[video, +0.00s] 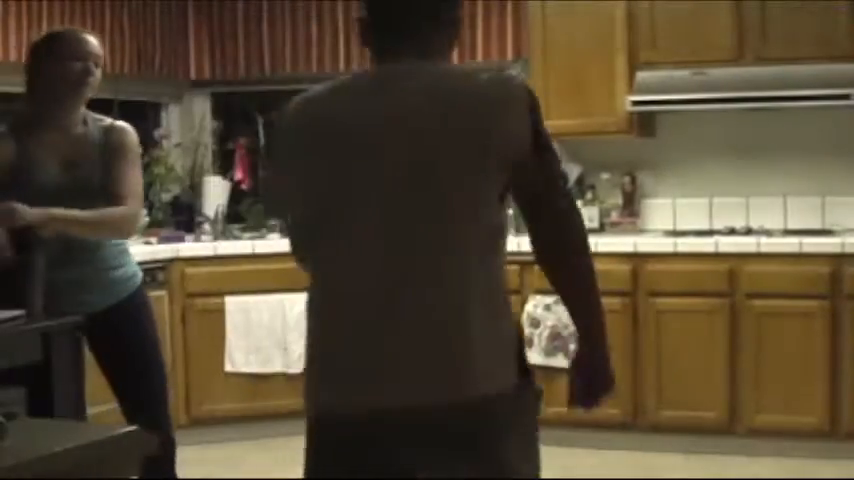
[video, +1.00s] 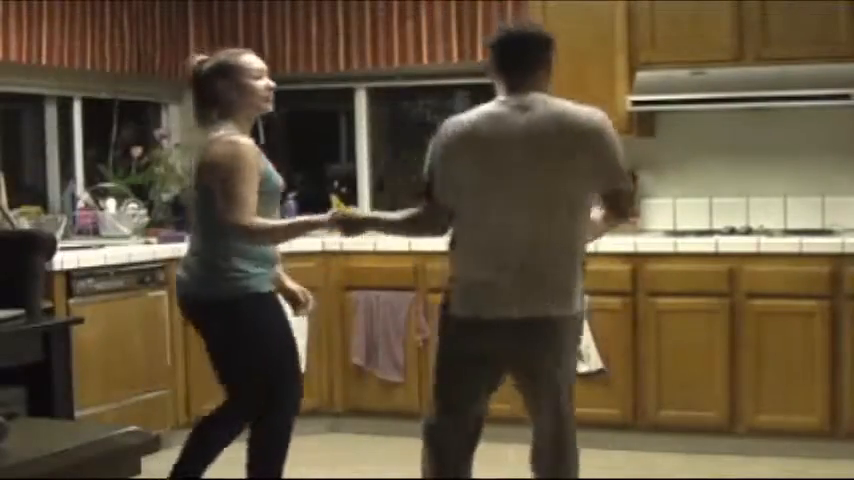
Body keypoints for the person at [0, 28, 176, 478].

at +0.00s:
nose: (89, 71)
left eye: (96, 64)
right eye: (76, 61)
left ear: (102, 75)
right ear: (43, 67)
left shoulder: (117, 136)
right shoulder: (13, 137)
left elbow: (129, 219)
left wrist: (45, 217)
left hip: (113, 296)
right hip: (38, 303)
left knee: (154, 425)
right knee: (52, 434)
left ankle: (161, 478)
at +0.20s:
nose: (121, 69)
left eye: (124, 62)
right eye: (108, 60)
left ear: (127, 74)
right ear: (71, 70)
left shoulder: (142, 136)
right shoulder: (44, 138)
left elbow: (177, 217)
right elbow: (5, 192)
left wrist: (139, 246)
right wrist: (71, 214)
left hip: (134, 300)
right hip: (67, 304)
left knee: (159, 416)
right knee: (75, 427)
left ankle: (154, 476)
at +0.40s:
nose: (159, 79)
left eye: (161, 71)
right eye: (147, 70)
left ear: (164, 79)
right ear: (113, 80)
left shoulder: (165, 139)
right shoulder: (101, 143)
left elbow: (186, 210)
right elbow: (88, 214)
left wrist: (200, 249)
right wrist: (189, 228)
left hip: (160, 300)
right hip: (105, 304)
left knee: (182, 412)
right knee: (104, 423)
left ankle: (154, 477)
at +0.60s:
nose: (196, 77)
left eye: (197, 69)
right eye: (183, 69)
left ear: (195, 78)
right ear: (149, 78)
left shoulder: (175, 135)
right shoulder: (151, 137)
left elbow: (181, 214)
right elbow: (176, 207)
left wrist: (225, 251)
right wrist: (262, 227)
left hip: (168, 286)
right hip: (146, 288)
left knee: (188, 406)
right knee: (184, 408)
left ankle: (146, 471)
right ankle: (156, 474)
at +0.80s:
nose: (234, 77)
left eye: (233, 69)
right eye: (222, 70)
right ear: (190, 81)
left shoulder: (180, 137)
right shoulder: (198, 137)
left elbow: (198, 219)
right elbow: (199, 205)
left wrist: (256, 249)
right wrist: (279, 230)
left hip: (165, 284)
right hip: (196, 287)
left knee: (190, 397)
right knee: (240, 395)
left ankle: (157, 473)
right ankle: (232, 475)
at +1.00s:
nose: (271, 84)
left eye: (268, 76)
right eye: (259, 77)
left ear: (235, 92)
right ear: (228, 88)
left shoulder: (223, 146)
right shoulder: (236, 148)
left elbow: (235, 232)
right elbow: (239, 223)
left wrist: (280, 280)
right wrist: (316, 223)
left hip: (211, 291)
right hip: (236, 293)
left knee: (245, 398)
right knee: (282, 393)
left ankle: (183, 474)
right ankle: (264, 474)